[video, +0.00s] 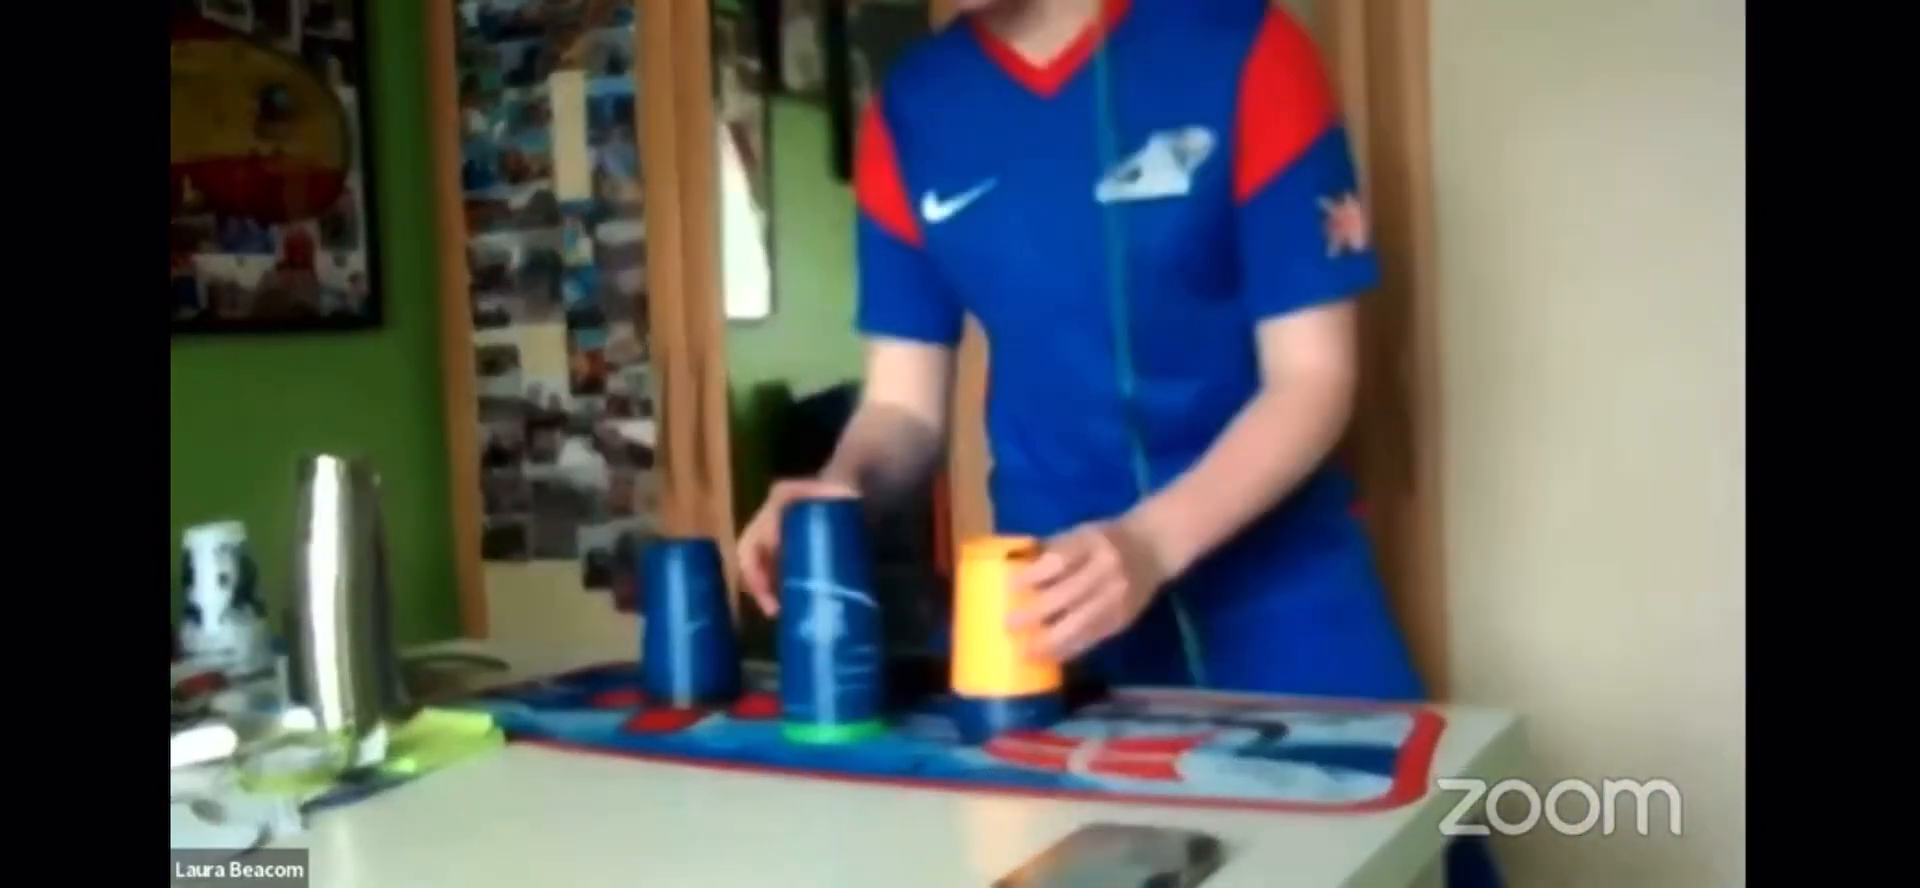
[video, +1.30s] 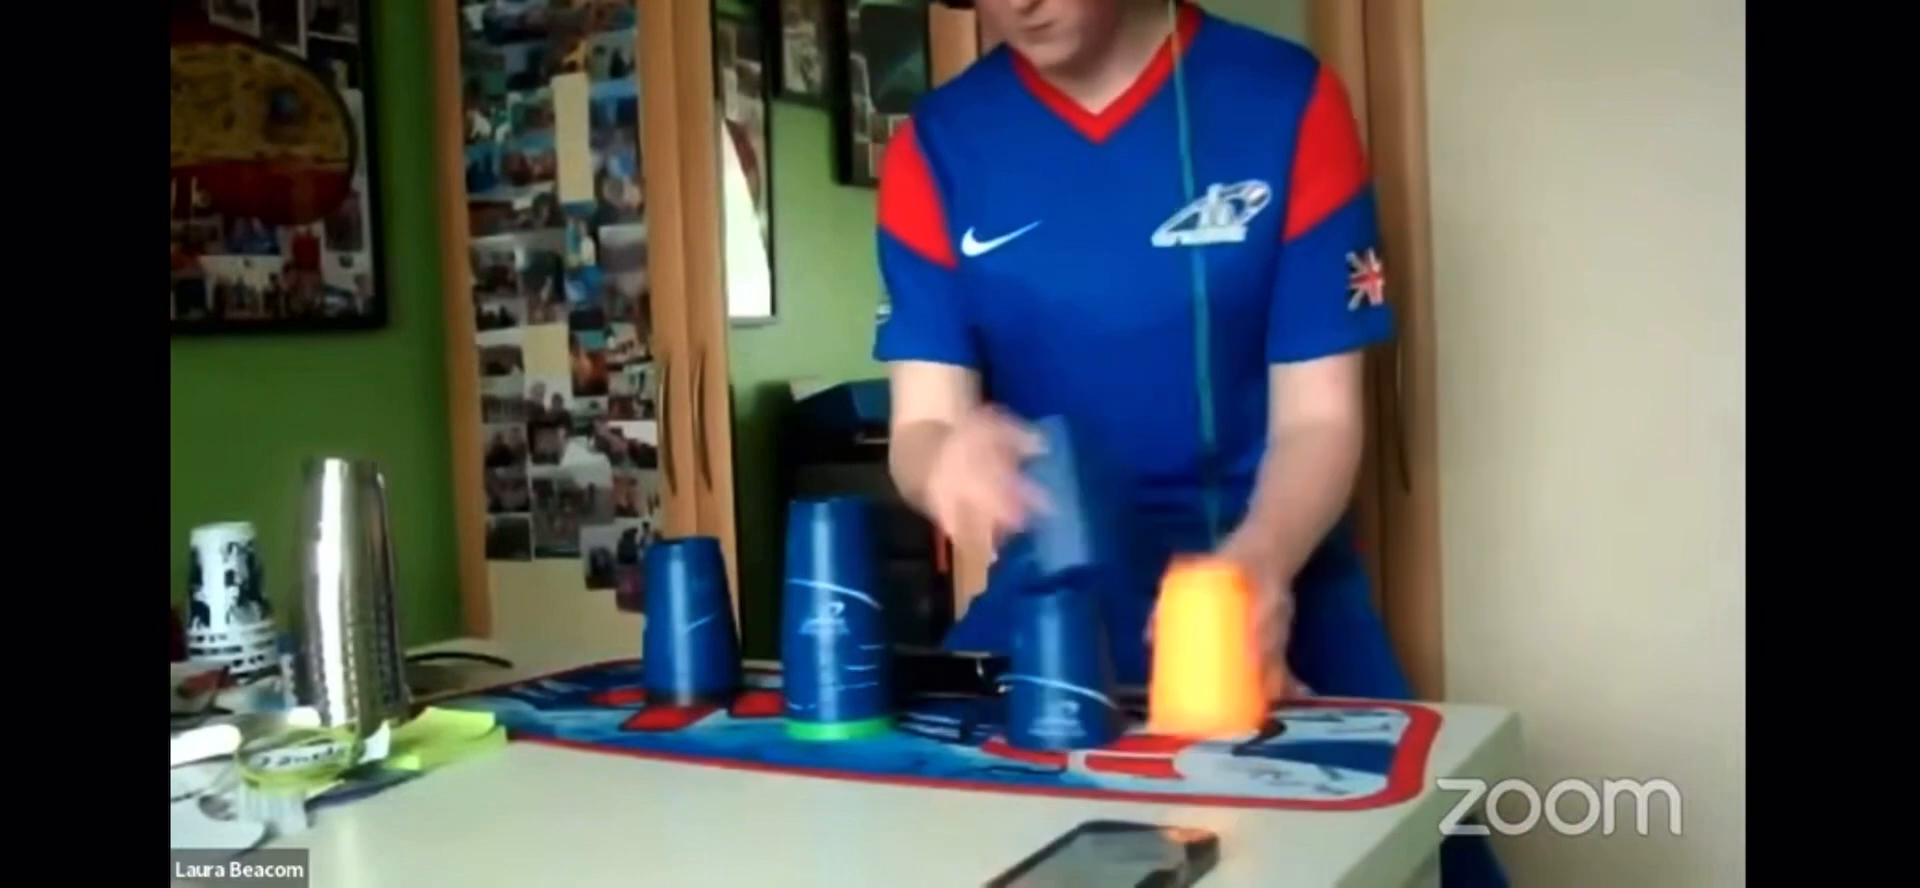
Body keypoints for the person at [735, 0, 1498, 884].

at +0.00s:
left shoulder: (1240, 50)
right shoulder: (914, 107)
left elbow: (1315, 380)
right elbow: (902, 406)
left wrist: (1148, 543)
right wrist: (836, 496)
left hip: (1275, 605)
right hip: (1057, 631)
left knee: (1357, 859)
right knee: (1091, 865)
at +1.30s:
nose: (1012, 5)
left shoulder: (1281, 100)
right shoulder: (938, 146)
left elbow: (1316, 417)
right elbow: (921, 429)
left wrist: (1257, 562)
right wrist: (949, 460)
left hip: (1266, 605)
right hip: (1047, 610)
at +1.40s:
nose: (1018, 1)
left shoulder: (1286, 101)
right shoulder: (941, 143)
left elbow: (1322, 418)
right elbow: (916, 446)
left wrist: (1251, 552)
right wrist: (965, 461)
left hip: (1270, 582)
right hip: (1048, 596)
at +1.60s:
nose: (942, 5)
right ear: (911, 4)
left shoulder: (1243, 120)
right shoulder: (924, 150)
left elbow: (1220, 466)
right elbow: (921, 434)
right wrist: (827, 471)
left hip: (1280, 640)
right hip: (1063, 650)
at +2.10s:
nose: (848, 40)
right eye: (824, 17)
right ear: (816, 33)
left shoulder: (1160, 122)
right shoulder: (886, 180)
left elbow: (1161, 464)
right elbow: (902, 448)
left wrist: (855, 544)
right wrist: (733, 485)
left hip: (1251, 607)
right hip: (1061, 618)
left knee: (1331, 867)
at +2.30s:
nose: (836, 51)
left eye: (864, 4)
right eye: (809, 27)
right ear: (798, 46)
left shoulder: (1115, 134)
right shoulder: (878, 175)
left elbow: (1133, 468)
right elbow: (883, 447)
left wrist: (826, 490)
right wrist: (729, 498)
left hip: (1222, 600)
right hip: (1039, 602)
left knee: (1277, 864)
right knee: (1065, 865)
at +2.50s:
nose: (947, 28)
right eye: (911, 10)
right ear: (893, 29)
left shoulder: (1238, 134)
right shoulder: (899, 199)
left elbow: (1305, 436)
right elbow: (909, 471)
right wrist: (978, 471)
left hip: (1284, 643)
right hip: (1057, 675)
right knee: (1078, 871)